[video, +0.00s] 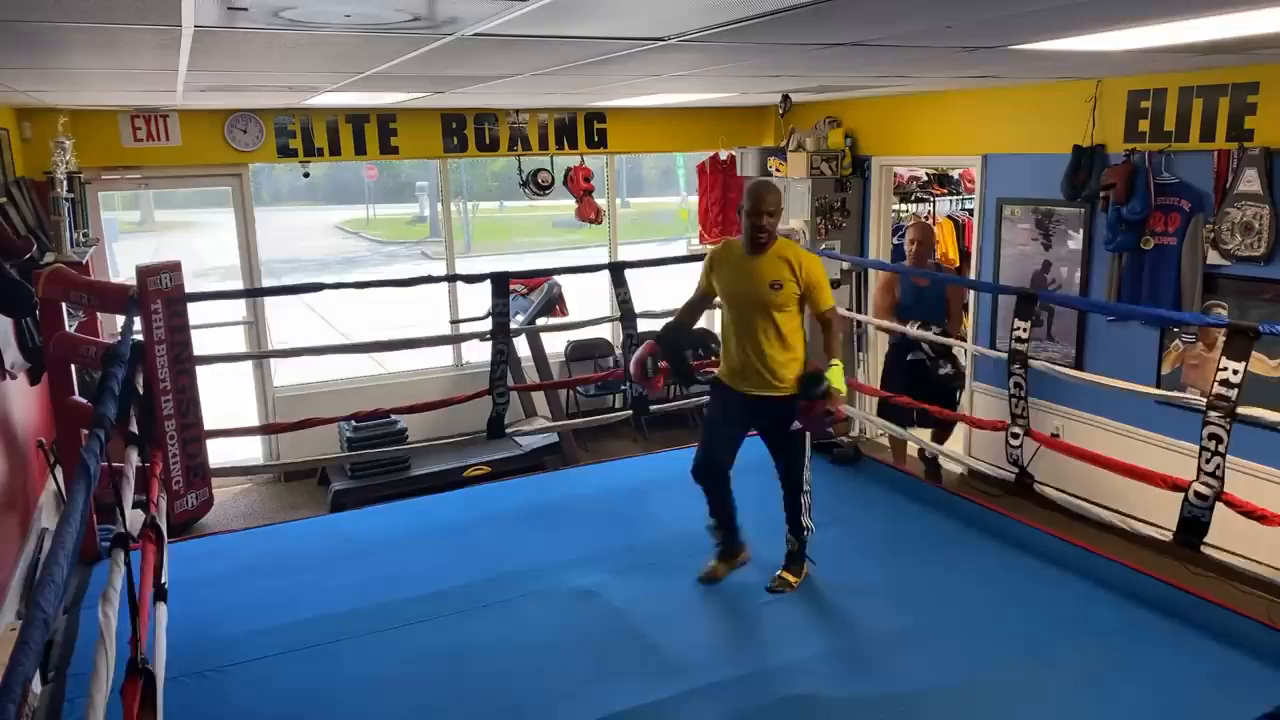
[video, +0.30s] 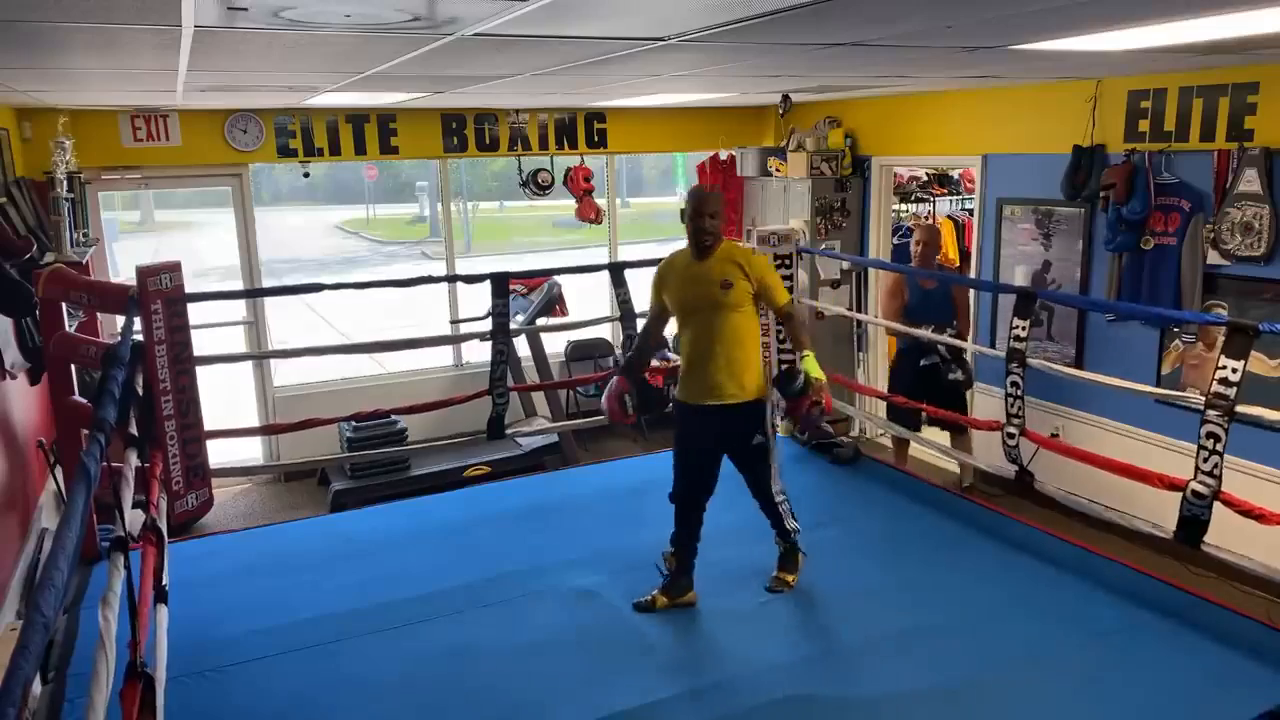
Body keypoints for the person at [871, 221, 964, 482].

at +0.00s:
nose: (912, 248)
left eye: (919, 243)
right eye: (910, 242)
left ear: (932, 246)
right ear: (904, 243)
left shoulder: (949, 278)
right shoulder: (891, 275)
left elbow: (955, 322)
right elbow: (881, 318)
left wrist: (942, 336)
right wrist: (909, 330)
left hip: (938, 355)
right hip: (902, 353)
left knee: (948, 415)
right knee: (896, 416)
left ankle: (931, 452)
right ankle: (899, 473)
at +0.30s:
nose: (918, 249)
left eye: (924, 244)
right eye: (915, 243)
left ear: (937, 248)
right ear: (910, 244)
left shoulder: (953, 280)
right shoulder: (897, 277)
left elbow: (963, 323)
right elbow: (890, 323)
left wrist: (954, 353)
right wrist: (921, 334)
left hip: (945, 360)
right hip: (909, 358)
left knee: (958, 423)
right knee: (901, 422)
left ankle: (967, 482)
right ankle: (900, 477)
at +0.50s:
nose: (935, 251)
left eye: (942, 247)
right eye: (933, 245)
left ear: (957, 251)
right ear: (929, 244)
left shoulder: (970, 286)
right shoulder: (913, 282)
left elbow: (979, 332)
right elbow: (905, 325)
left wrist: (963, 352)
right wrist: (937, 337)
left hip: (960, 366)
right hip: (922, 363)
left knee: (971, 430)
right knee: (908, 426)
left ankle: (974, 488)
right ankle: (900, 477)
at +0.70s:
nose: (958, 250)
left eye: (966, 246)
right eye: (957, 244)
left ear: (979, 252)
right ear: (951, 246)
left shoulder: (992, 283)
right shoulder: (934, 280)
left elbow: (1000, 330)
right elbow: (924, 323)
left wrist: (982, 346)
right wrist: (956, 340)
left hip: (980, 368)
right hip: (942, 364)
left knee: (980, 434)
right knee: (923, 425)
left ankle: (974, 490)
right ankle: (906, 473)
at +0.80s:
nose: (968, 251)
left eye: (976, 247)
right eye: (966, 245)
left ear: (988, 253)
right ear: (960, 246)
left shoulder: (1001, 284)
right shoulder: (942, 280)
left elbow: (1009, 326)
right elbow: (931, 323)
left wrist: (992, 345)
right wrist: (961, 341)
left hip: (987, 369)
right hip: (950, 364)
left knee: (985, 433)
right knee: (932, 426)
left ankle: (975, 489)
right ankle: (913, 474)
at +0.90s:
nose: (975, 252)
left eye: (983, 248)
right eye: (974, 245)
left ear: (995, 254)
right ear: (966, 245)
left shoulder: (1007, 284)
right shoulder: (948, 281)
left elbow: (1012, 327)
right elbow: (935, 324)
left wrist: (999, 348)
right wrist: (968, 341)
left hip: (991, 368)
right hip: (955, 365)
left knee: (987, 434)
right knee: (941, 428)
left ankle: (974, 489)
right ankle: (924, 480)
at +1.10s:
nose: (978, 253)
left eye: (986, 249)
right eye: (976, 246)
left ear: (1001, 254)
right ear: (970, 246)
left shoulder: (1010, 285)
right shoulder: (952, 282)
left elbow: (1018, 326)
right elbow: (940, 324)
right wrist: (975, 341)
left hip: (995, 370)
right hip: (958, 368)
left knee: (988, 435)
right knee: (956, 436)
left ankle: (977, 489)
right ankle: (955, 494)